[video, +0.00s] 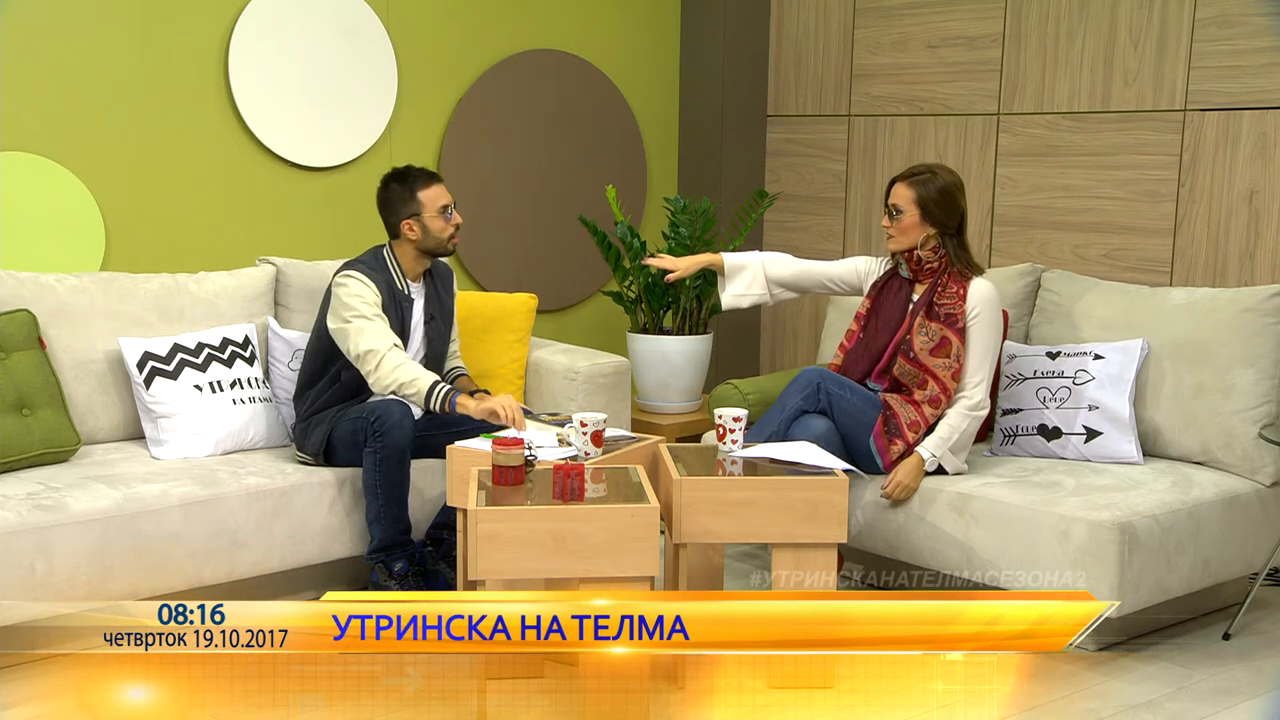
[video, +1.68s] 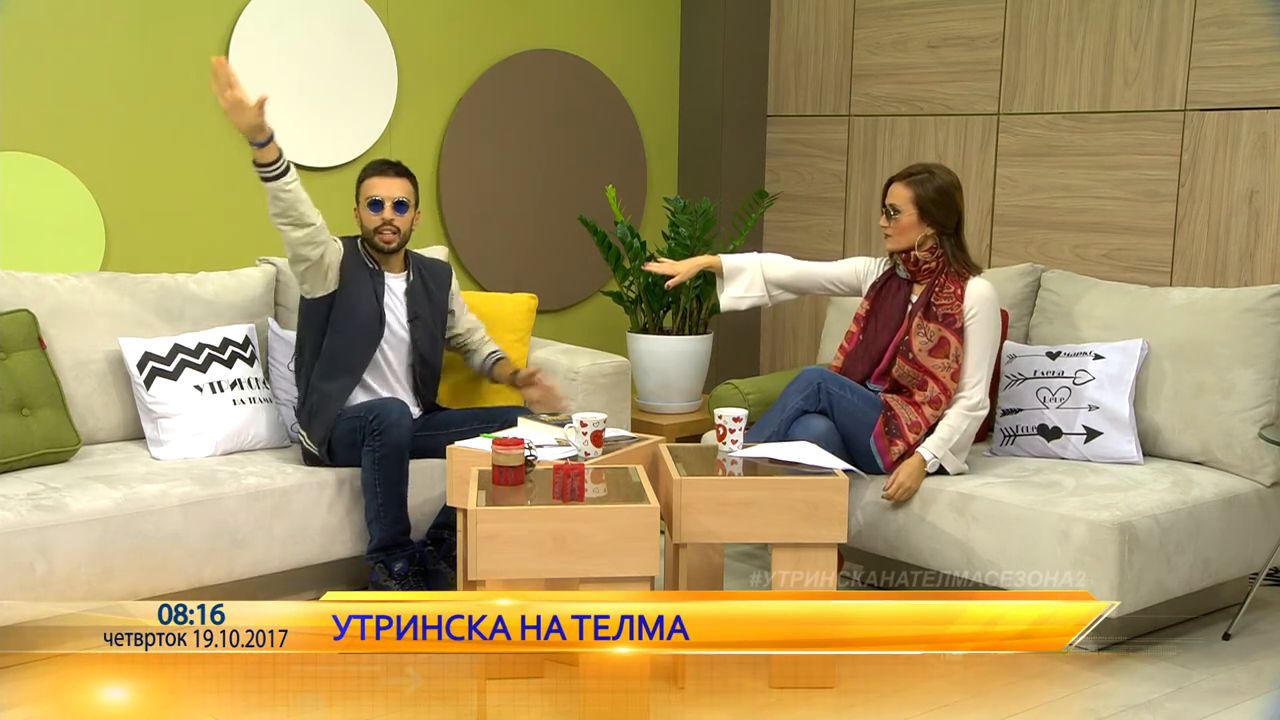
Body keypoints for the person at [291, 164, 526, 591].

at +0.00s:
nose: (457, 221)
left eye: (454, 209)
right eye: (445, 214)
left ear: (416, 229)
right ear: (409, 229)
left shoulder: (441, 277)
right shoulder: (355, 284)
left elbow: (448, 360)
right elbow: (385, 363)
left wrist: (479, 398)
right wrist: (460, 403)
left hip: (407, 419)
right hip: (330, 423)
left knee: (499, 430)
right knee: (393, 413)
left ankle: (440, 550)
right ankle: (392, 561)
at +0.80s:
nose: (418, 216)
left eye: (427, 205)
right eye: (404, 206)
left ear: (435, 214)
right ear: (379, 218)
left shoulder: (439, 275)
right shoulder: (346, 279)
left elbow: (444, 356)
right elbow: (341, 373)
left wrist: (475, 392)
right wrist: (420, 357)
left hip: (412, 422)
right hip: (333, 425)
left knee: (510, 420)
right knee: (395, 415)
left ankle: (440, 549)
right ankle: (392, 562)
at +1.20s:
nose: (392, 216)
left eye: (405, 206)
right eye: (380, 205)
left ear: (421, 219)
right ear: (363, 215)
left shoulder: (436, 273)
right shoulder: (339, 269)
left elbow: (454, 355)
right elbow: (309, 302)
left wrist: (476, 393)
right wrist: (408, 289)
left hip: (415, 421)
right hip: (334, 424)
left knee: (513, 422)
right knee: (394, 413)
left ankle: (439, 550)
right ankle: (392, 562)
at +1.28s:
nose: (387, 215)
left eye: (401, 206)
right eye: (375, 205)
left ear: (418, 218)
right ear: (359, 215)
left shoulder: (435, 273)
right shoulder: (333, 263)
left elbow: (456, 352)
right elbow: (315, 260)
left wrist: (477, 392)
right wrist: (415, 268)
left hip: (415, 421)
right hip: (333, 423)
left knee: (514, 422)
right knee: (395, 412)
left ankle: (441, 549)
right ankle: (391, 561)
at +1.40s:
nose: (385, 216)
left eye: (398, 205)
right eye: (373, 204)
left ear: (415, 216)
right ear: (359, 213)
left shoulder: (436, 274)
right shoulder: (332, 268)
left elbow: (455, 347)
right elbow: (314, 226)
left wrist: (477, 389)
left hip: (414, 419)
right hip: (335, 425)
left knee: (515, 420)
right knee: (395, 413)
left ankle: (441, 548)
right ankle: (391, 562)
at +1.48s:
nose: (386, 214)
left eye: (398, 204)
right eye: (374, 203)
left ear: (416, 215)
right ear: (354, 213)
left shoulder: (436, 273)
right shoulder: (334, 270)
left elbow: (457, 346)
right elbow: (321, 221)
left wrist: (477, 388)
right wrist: (318, 133)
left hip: (414, 423)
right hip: (338, 426)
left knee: (514, 424)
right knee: (397, 415)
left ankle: (440, 550)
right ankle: (392, 563)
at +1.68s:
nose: (388, 217)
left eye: (399, 206)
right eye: (375, 206)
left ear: (415, 216)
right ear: (357, 213)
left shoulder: (435, 276)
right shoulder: (328, 265)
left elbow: (474, 344)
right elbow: (296, 216)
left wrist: (518, 377)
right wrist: (261, 140)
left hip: (414, 420)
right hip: (337, 425)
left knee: (520, 423)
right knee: (391, 413)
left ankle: (438, 554)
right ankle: (392, 565)